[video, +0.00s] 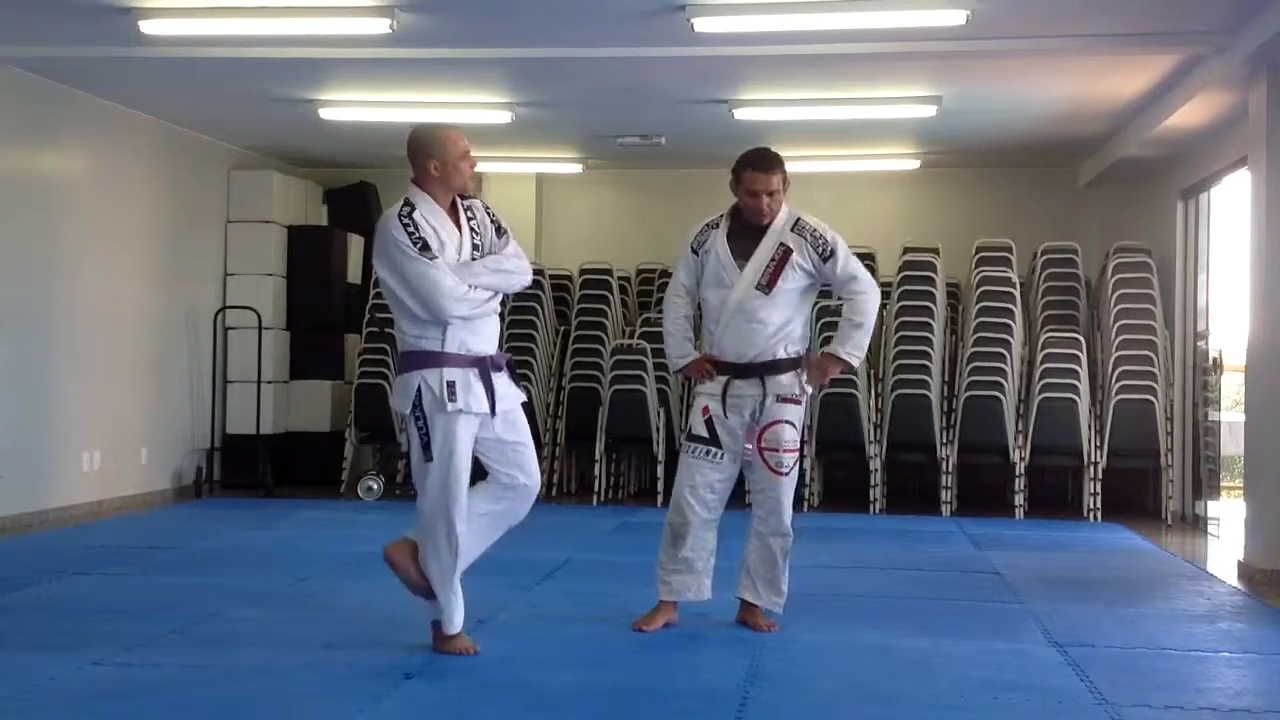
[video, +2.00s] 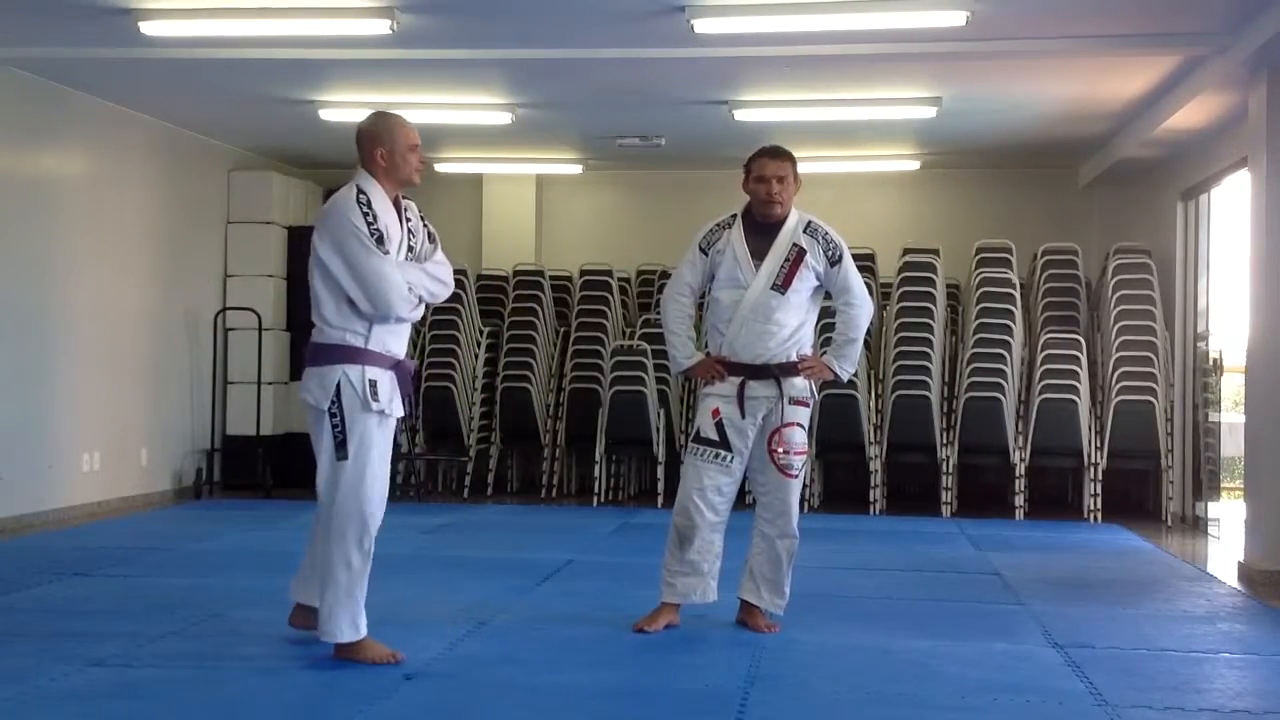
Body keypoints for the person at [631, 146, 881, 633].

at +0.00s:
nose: (765, 204)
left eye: (774, 194)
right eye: (755, 194)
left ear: (785, 191)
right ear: (734, 190)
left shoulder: (810, 238)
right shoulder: (706, 237)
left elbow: (863, 291)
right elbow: (677, 299)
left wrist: (839, 355)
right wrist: (684, 354)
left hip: (782, 388)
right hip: (717, 383)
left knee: (773, 504)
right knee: (690, 499)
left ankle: (756, 603)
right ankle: (670, 600)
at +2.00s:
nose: (771, 190)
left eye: (781, 181)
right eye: (761, 180)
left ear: (796, 187)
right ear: (745, 185)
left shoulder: (821, 242)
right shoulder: (714, 238)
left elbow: (857, 304)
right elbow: (676, 299)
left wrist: (838, 361)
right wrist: (688, 356)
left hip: (789, 389)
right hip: (723, 384)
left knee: (780, 506)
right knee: (697, 499)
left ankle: (756, 604)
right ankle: (672, 602)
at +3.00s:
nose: (763, 203)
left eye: (773, 194)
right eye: (754, 193)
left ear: (790, 194)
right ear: (740, 191)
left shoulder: (814, 244)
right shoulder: (713, 237)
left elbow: (851, 304)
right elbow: (669, 298)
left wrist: (860, 287)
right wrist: (687, 360)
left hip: (787, 390)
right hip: (722, 386)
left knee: (780, 506)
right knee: (695, 501)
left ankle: (757, 604)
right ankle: (672, 602)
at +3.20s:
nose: (765, 203)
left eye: (775, 194)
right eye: (756, 193)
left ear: (790, 195)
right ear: (740, 191)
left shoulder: (806, 238)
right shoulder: (711, 236)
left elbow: (860, 262)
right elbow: (668, 298)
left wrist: (847, 213)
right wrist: (686, 361)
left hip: (784, 388)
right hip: (720, 386)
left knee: (779, 506)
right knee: (694, 502)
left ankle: (757, 604)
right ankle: (672, 603)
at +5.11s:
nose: (749, 201)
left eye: (761, 196)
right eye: (748, 191)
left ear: (788, 202)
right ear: (744, 188)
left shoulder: (809, 238)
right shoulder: (718, 235)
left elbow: (854, 215)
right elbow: (677, 294)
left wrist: (816, 175)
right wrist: (686, 357)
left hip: (787, 388)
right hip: (723, 385)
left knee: (780, 505)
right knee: (697, 500)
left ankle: (755, 606)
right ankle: (672, 604)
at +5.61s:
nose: (736, 202)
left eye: (746, 195)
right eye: (733, 192)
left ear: (775, 195)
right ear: (731, 188)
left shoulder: (807, 240)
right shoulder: (712, 238)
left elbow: (866, 285)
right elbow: (674, 302)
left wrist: (825, 247)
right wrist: (687, 360)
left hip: (785, 389)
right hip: (721, 386)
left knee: (780, 506)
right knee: (696, 502)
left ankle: (756, 605)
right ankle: (672, 604)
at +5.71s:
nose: (733, 203)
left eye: (743, 196)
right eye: (729, 194)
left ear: (771, 194)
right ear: (725, 190)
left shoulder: (809, 239)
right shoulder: (709, 240)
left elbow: (861, 282)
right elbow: (674, 303)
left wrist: (846, 311)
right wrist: (687, 360)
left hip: (786, 390)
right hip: (722, 387)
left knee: (780, 506)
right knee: (696, 501)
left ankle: (756, 605)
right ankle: (672, 604)